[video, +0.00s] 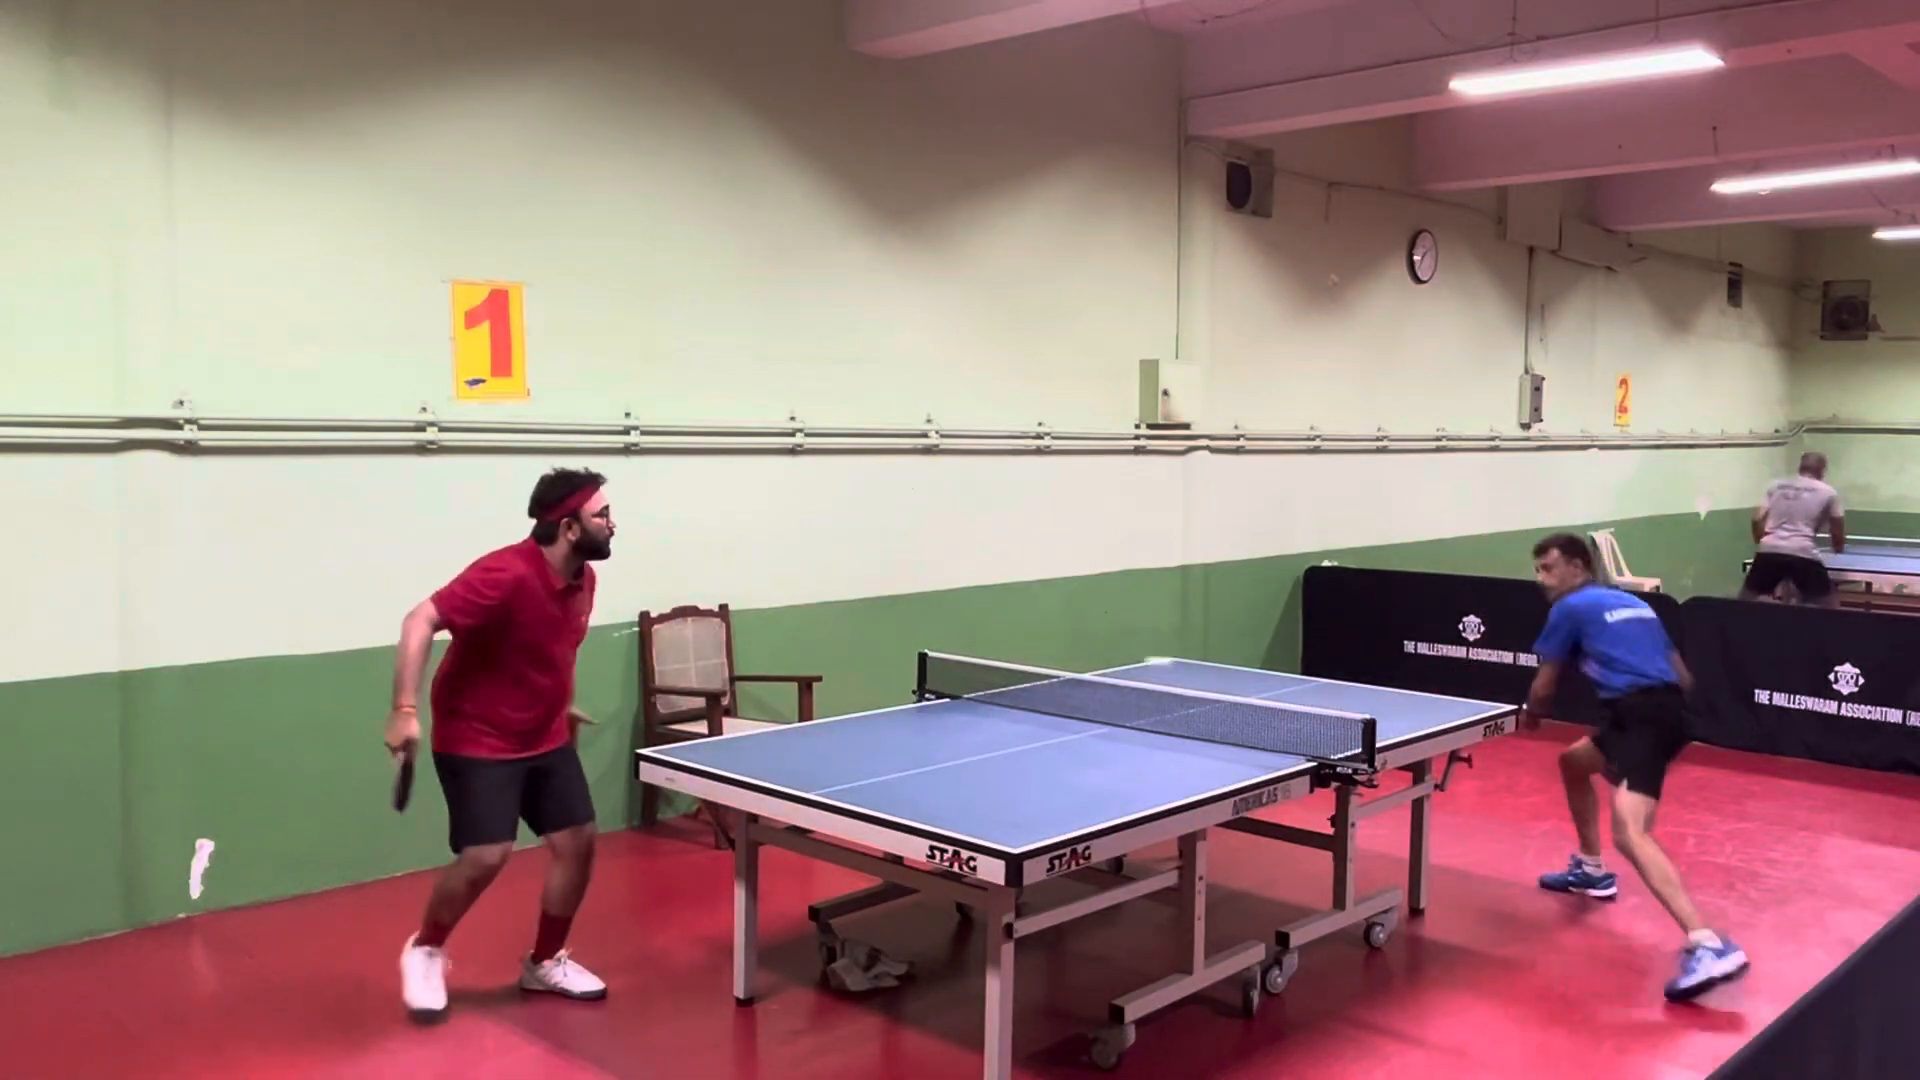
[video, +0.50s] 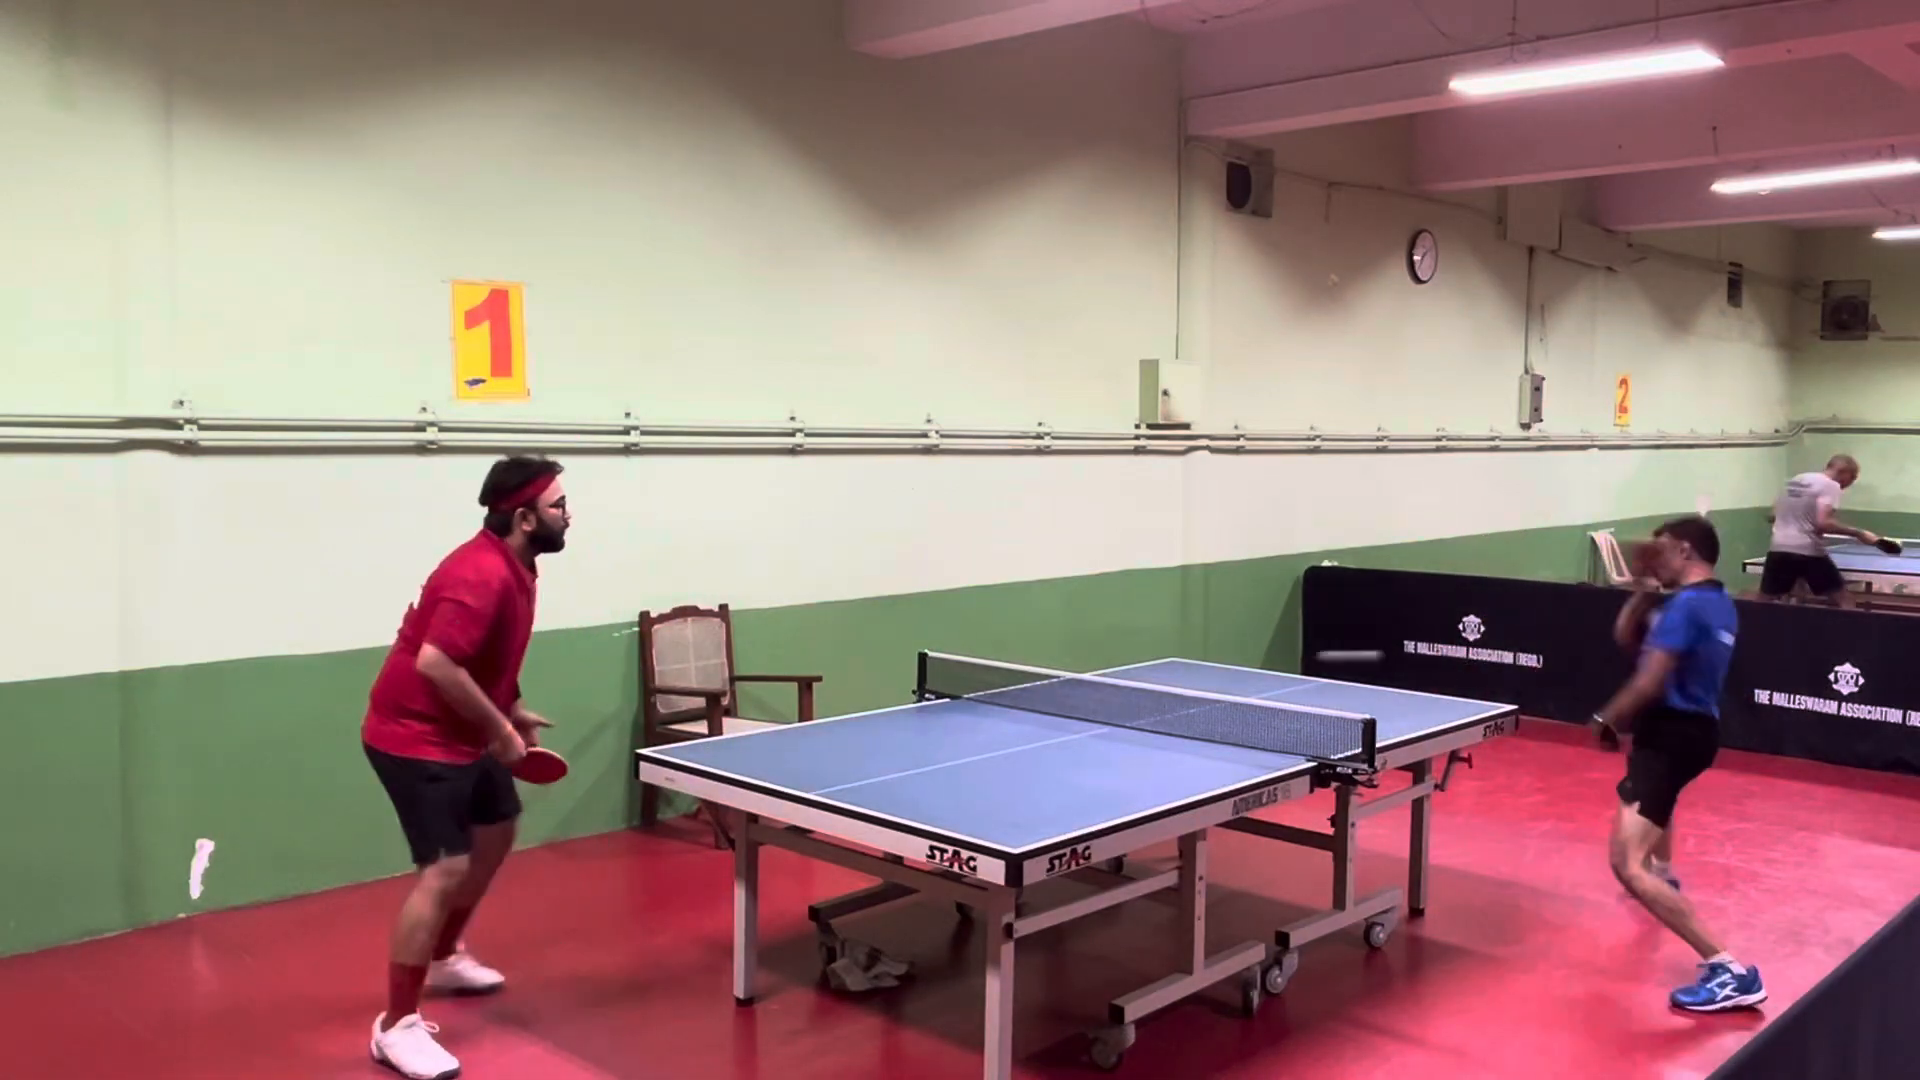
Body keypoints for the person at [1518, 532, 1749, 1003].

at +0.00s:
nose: (1541, 578)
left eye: (1547, 568)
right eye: (1539, 569)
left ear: (1576, 566)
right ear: (1583, 570)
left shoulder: (1570, 607)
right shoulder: (1633, 601)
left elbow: (1543, 690)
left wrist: (1533, 714)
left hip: (1640, 711)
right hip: (1670, 708)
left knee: (1629, 834)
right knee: (1574, 762)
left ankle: (1707, 945)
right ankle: (1591, 866)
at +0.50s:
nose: (1659, 558)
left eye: (1664, 548)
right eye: (1660, 548)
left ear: (1685, 552)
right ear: (1702, 555)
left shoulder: (1684, 605)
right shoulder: (1719, 603)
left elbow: (1651, 678)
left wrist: (1609, 717)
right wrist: (1643, 593)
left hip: (1672, 730)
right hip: (1697, 728)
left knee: (1630, 865)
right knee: (1646, 793)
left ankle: (1726, 967)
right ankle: (1661, 873)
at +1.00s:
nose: (1622, 566)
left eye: (1629, 558)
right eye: (1624, 558)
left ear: (1656, 565)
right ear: (1659, 567)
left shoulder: (1662, 612)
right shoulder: (1689, 603)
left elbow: (1650, 694)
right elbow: (1684, 681)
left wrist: (1630, 718)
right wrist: (1649, 718)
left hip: (1720, 723)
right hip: (1710, 717)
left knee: (1679, 833)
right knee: (1641, 763)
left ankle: (1763, 937)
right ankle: (1672, 856)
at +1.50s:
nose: (1528, 545)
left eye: (1524, 539)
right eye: (1523, 541)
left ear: (1528, 527)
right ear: (1549, 514)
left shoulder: (1549, 532)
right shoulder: (1579, 530)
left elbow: (1591, 559)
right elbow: (1535, 591)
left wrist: (1619, 599)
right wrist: (1481, 606)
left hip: (1602, 607)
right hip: (1646, 604)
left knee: (1562, 695)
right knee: (1648, 704)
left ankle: (1563, 789)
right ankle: (1679, 794)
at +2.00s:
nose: (1513, 504)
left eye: (1509, 500)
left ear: (1510, 496)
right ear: (1537, 486)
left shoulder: (1516, 513)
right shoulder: (1573, 512)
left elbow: (1503, 562)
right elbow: (1585, 562)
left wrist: (1481, 555)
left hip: (1539, 601)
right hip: (1576, 602)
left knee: (1505, 681)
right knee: (1549, 667)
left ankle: (1519, 747)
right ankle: (1535, 738)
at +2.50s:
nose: (1590, 480)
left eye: (1589, 474)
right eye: (1589, 474)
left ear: (1559, 472)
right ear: (1580, 472)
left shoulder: (1532, 505)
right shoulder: (1594, 503)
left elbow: (1514, 556)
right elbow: (1603, 555)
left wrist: (1505, 601)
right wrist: (1608, 589)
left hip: (1546, 587)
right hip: (1583, 587)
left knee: (1546, 655)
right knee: (1562, 657)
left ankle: (1541, 722)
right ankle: (1533, 727)